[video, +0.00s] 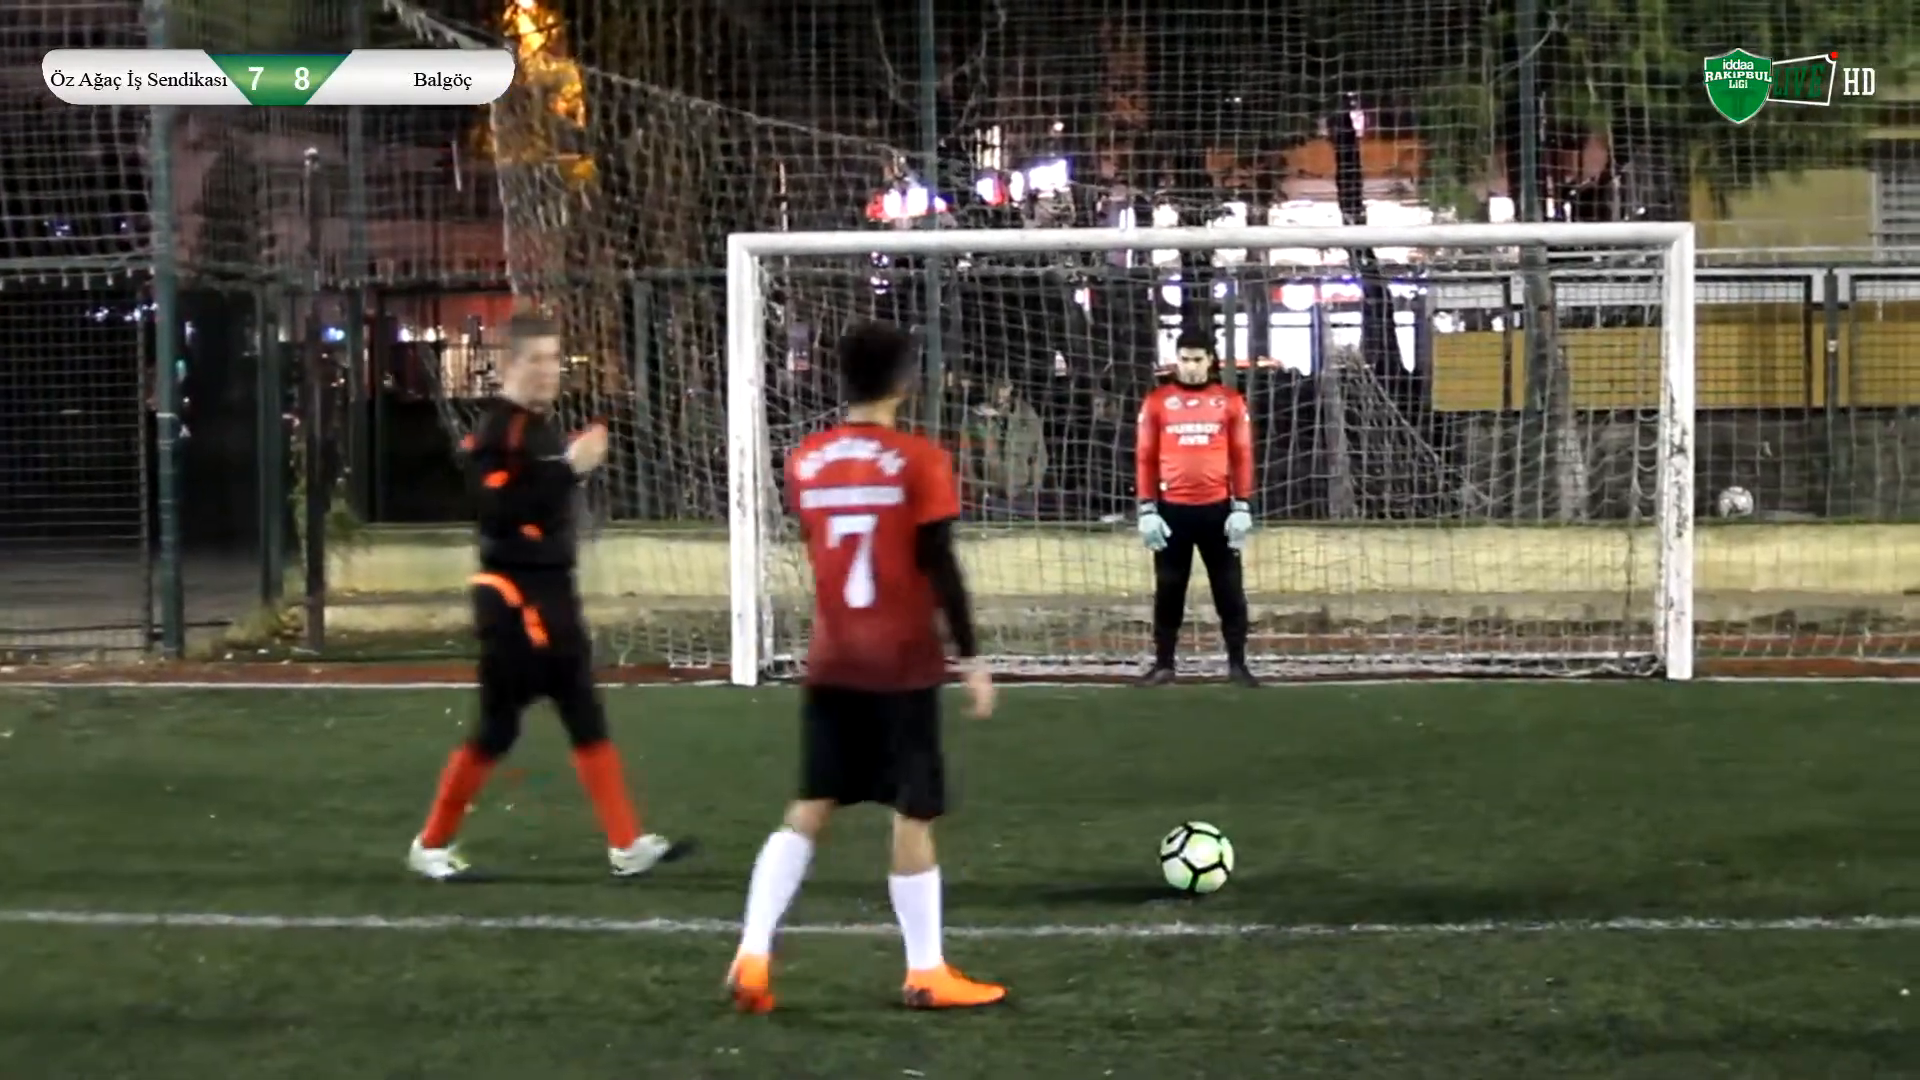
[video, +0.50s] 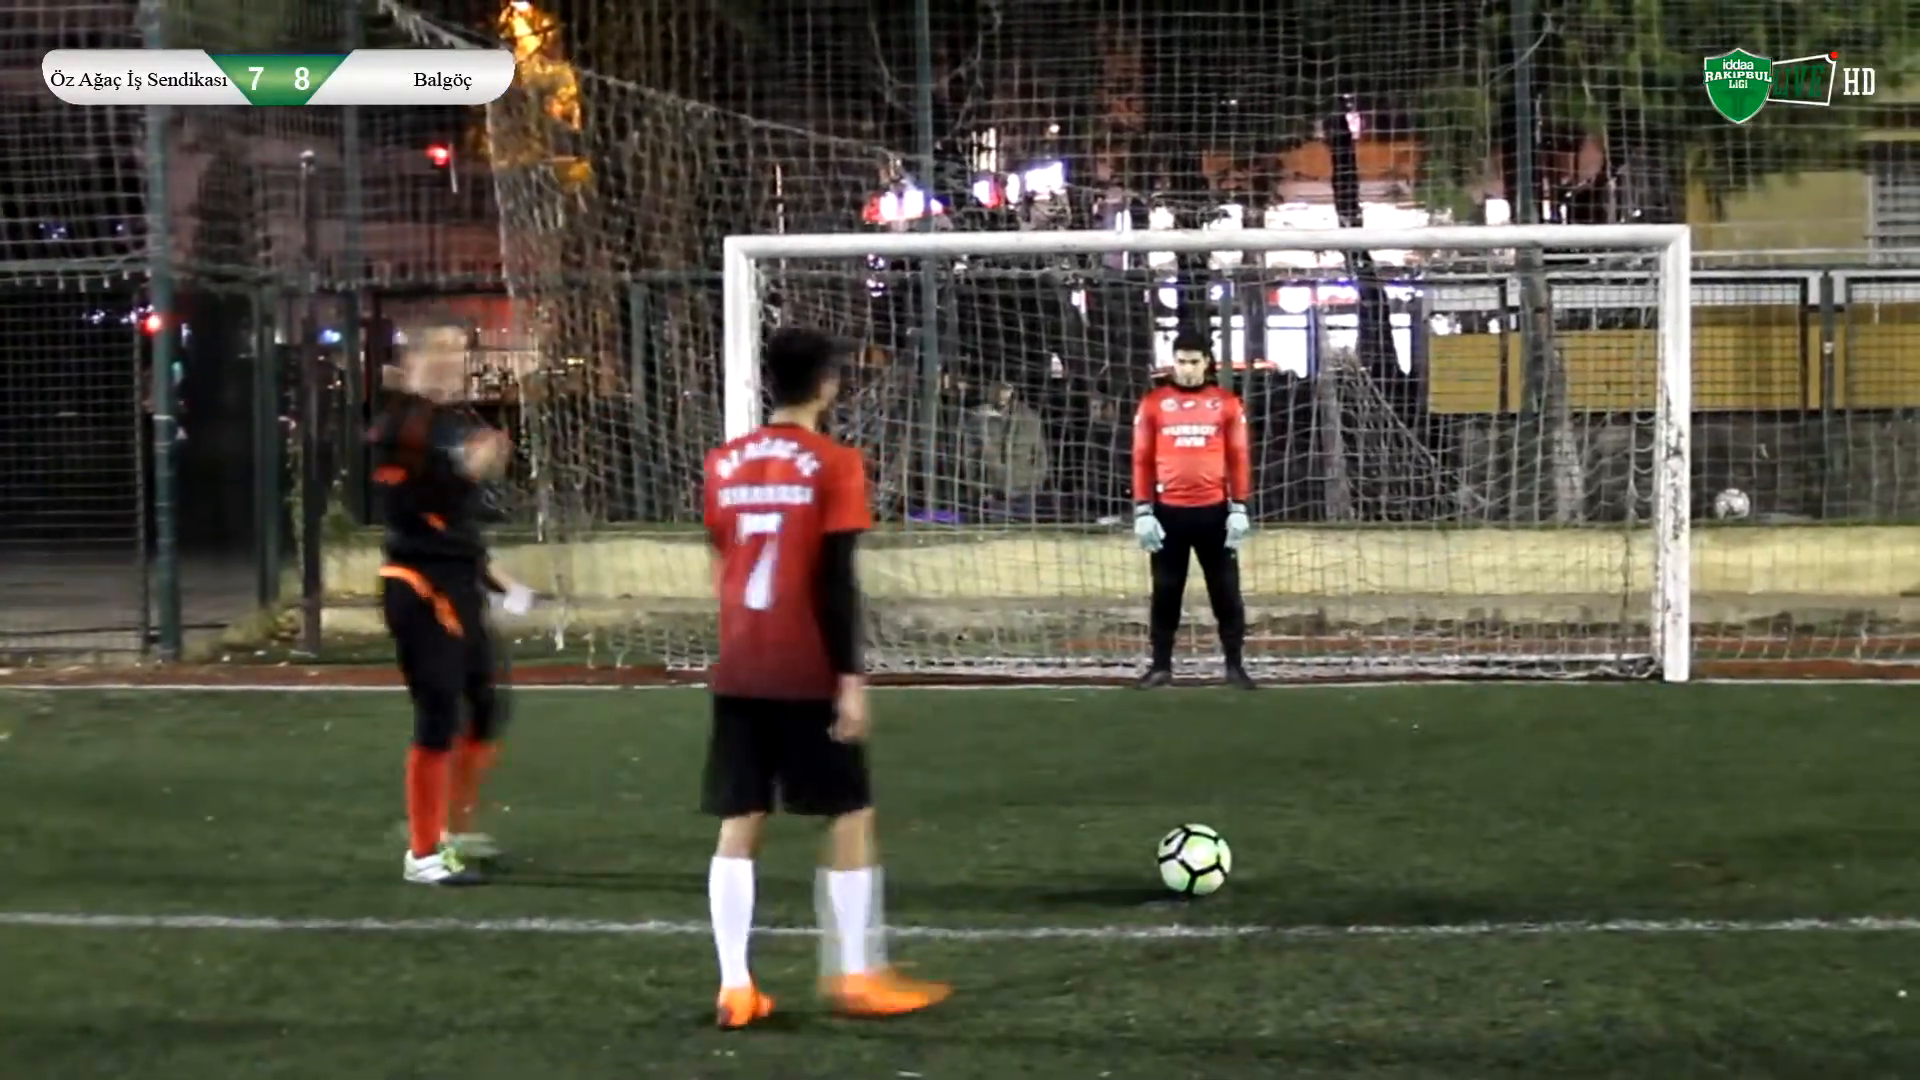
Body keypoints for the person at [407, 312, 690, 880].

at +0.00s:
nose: (550, 371)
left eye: (555, 360)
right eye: (538, 360)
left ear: (557, 366)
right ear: (508, 366)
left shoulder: (544, 428)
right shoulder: (497, 428)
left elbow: (540, 502)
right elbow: (493, 501)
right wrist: (570, 465)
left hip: (549, 586)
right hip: (510, 587)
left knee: (585, 712)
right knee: (497, 726)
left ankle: (628, 842)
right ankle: (432, 844)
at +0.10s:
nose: (528, 374)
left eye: (533, 362)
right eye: (516, 363)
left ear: (538, 370)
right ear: (487, 367)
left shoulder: (516, 431)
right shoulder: (479, 431)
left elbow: (506, 503)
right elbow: (471, 501)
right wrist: (541, 470)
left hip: (510, 592)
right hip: (485, 593)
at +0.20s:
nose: (505, 373)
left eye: (510, 361)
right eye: (494, 361)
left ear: (514, 367)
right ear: (464, 365)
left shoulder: (498, 428)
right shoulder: (450, 425)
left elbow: (493, 509)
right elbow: (445, 504)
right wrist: (520, 476)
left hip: (498, 593)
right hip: (459, 594)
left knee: (544, 711)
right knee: (465, 722)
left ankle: (575, 839)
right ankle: (422, 851)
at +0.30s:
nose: (490, 371)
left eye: (494, 358)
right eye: (478, 359)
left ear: (495, 363)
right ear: (447, 362)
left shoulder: (481, 428)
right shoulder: (434, 424)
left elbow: (479, 518)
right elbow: (426, 504)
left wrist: (503, 592)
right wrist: (501, 476)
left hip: (483, 587)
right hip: (442, 585)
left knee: (529, 705)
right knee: (456, 715)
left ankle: (533, 834)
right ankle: (424, 850)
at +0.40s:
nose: (469, 366)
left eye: (473, 355)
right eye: (457, 355)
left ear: (477, 361)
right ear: (428, 361)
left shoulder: (471, 426)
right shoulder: (413, 422)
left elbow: (467, 528)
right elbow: (411, 508)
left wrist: (497, 585)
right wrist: (486, 471)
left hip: (471, 579)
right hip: (427, 579)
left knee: (509, 696)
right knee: (447, 709)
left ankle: (493, 832)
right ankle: (425, 850)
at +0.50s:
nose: (451, 366)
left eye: (456, 354)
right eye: (439, 353)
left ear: (463, 361)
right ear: (411, 360)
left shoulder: (453, 426)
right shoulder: (400, 423)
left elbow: (456, 526)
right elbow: (393, 502)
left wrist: (495, 580)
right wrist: (466, 470)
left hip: (456, 578)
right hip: (414, 577)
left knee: (484, 704)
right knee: (439, 708)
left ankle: (451, 829)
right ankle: (423, 851)